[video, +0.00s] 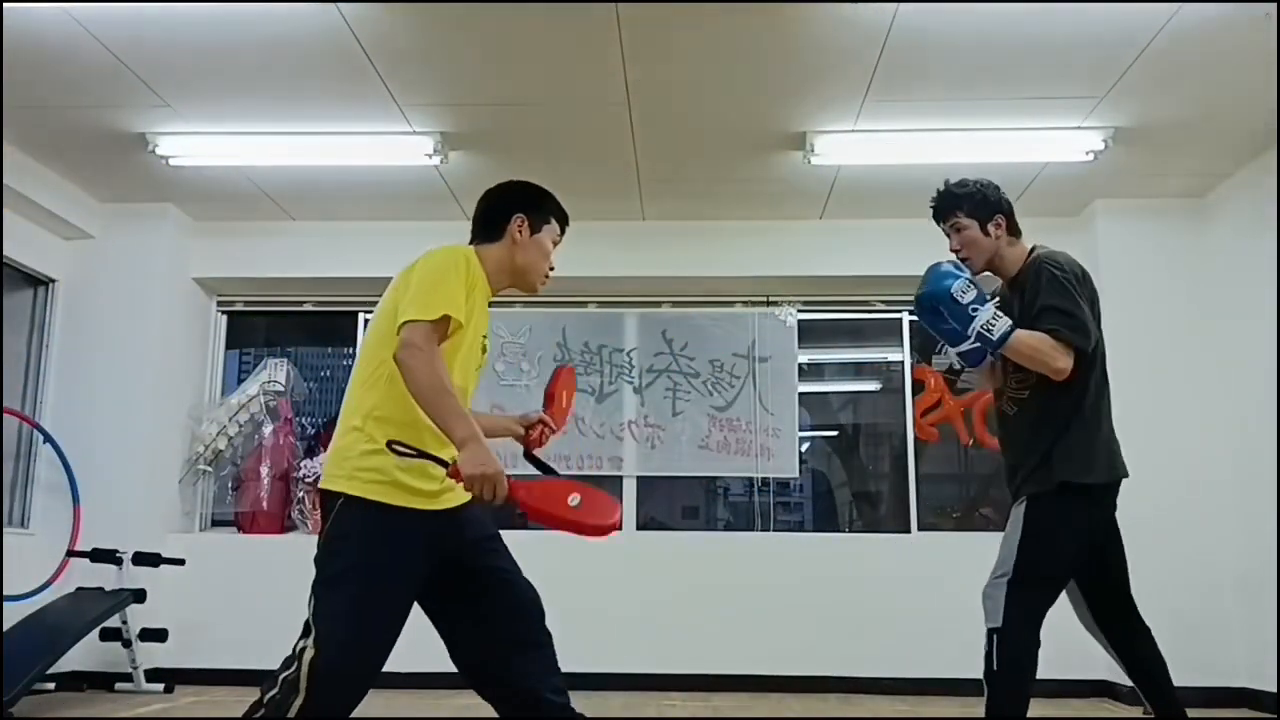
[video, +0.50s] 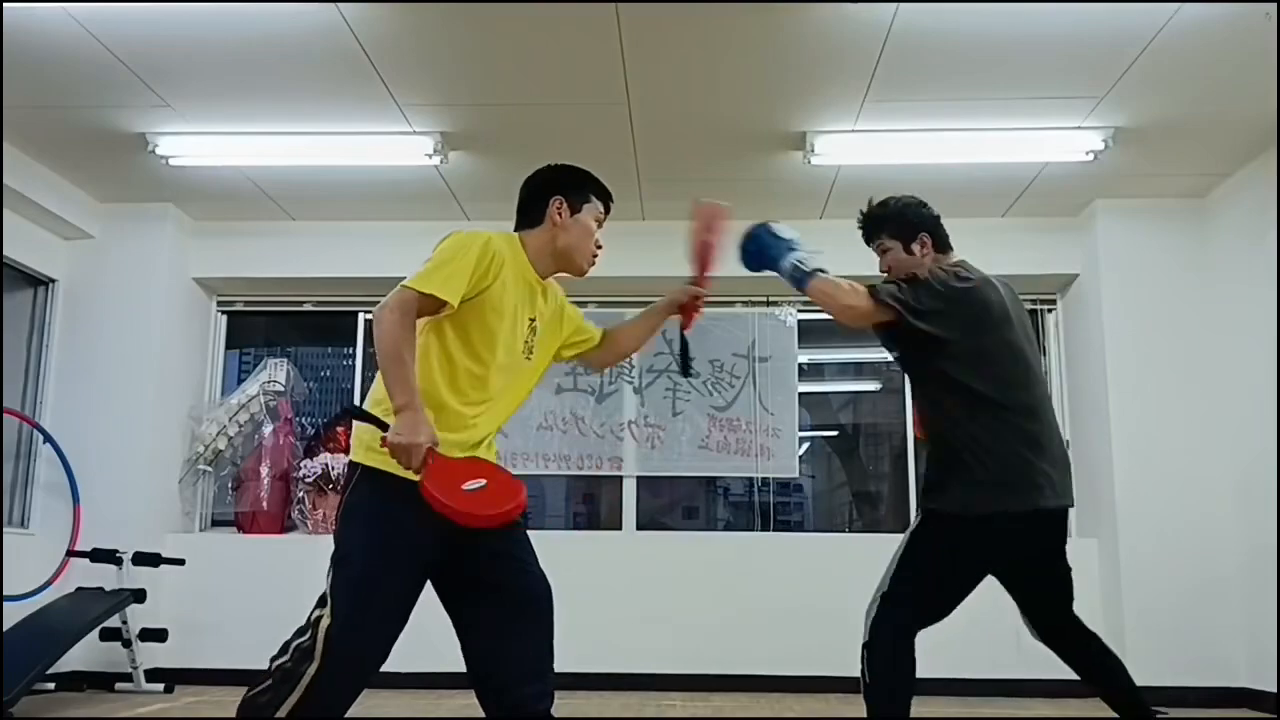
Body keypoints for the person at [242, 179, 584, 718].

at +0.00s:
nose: (555, 262)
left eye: (558, 248)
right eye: (553, 242)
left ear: (517, 233)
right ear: (519, 229)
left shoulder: (473, 312)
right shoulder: (450, 265)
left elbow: (431, 421)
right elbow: (414, 348)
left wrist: (513, 425)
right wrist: (470, 441)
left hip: (443, 501)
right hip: (377, 496)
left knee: (511, 626)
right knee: (336, 663)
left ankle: (548, 711)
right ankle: (279, 711)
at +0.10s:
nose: (543, 261)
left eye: (546, 247)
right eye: (541, 241)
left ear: (505, 230)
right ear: (506, 226)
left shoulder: (463, 305)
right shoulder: (440, 258)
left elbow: (419, 414)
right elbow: (399, 337)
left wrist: (502, 421)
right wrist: (462, 424)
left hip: (436, 496)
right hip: (371, 490)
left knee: (507, 609)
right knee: (335, 657)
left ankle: (517, 712)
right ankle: (273, 712)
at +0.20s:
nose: (547, 259)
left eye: (550, 244)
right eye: (545, 239)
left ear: (511, 230)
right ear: (512, 225)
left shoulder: (467, 306)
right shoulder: (447, 253)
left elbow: (423, 414)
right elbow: (390, 326)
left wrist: (506, 414)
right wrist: (441, 417)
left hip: (435, 493)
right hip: (373, 488)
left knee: (504, 611)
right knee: (335, 651)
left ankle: (517, 712)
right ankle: (270, 711)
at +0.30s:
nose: (567, 259)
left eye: (569, 245)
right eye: (564, 239)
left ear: (526, 231)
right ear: (528, 225)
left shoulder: (484, 307)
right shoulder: (463, 254)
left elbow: (454, 407)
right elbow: (393, 325)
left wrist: (529, 394)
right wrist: (415, 417)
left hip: (446, 496)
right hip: (381, 487)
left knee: (513, 612)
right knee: (337, 648)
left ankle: (520, 713)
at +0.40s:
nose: (589, 252)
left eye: (592, 237)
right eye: (586, 231)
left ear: (547, 224)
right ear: (549, 218)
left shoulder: (508, 308)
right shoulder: (478, 252)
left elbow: (500, 401)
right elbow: (394, 320)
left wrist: (567, 353)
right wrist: (397, 412)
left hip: (466, 488)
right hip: (394, 478)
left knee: (521, 608)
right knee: (344, 638)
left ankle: (523, 712)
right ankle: (268, 712)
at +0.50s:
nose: (602, 240)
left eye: (604, 228)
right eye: (597, 222)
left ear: (561, 217)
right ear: (559, 212)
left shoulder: (556, 311)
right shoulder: (483, 251)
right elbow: (392, 315)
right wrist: (408, 409)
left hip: (472, 482)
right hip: (397, 471)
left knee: (520, 609)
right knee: (355, 632)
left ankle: (522, 711)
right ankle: (274, 709)